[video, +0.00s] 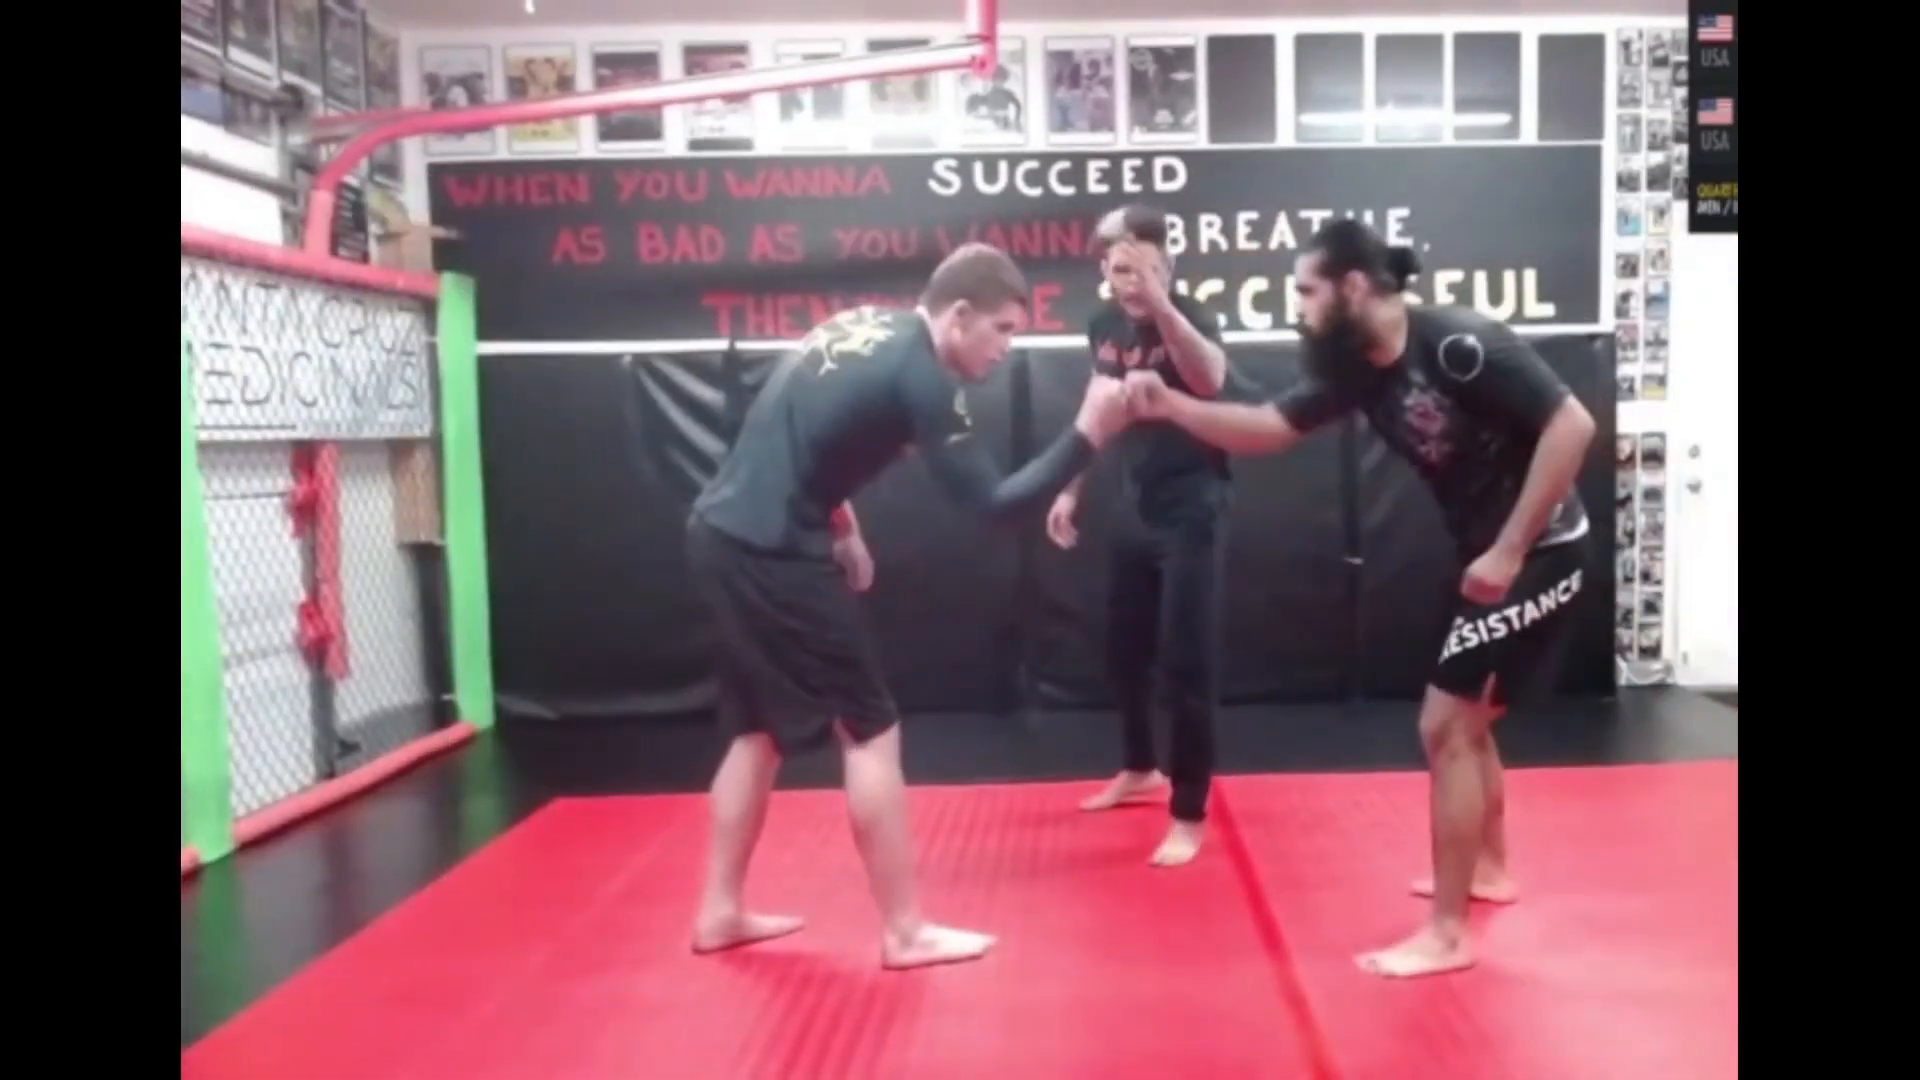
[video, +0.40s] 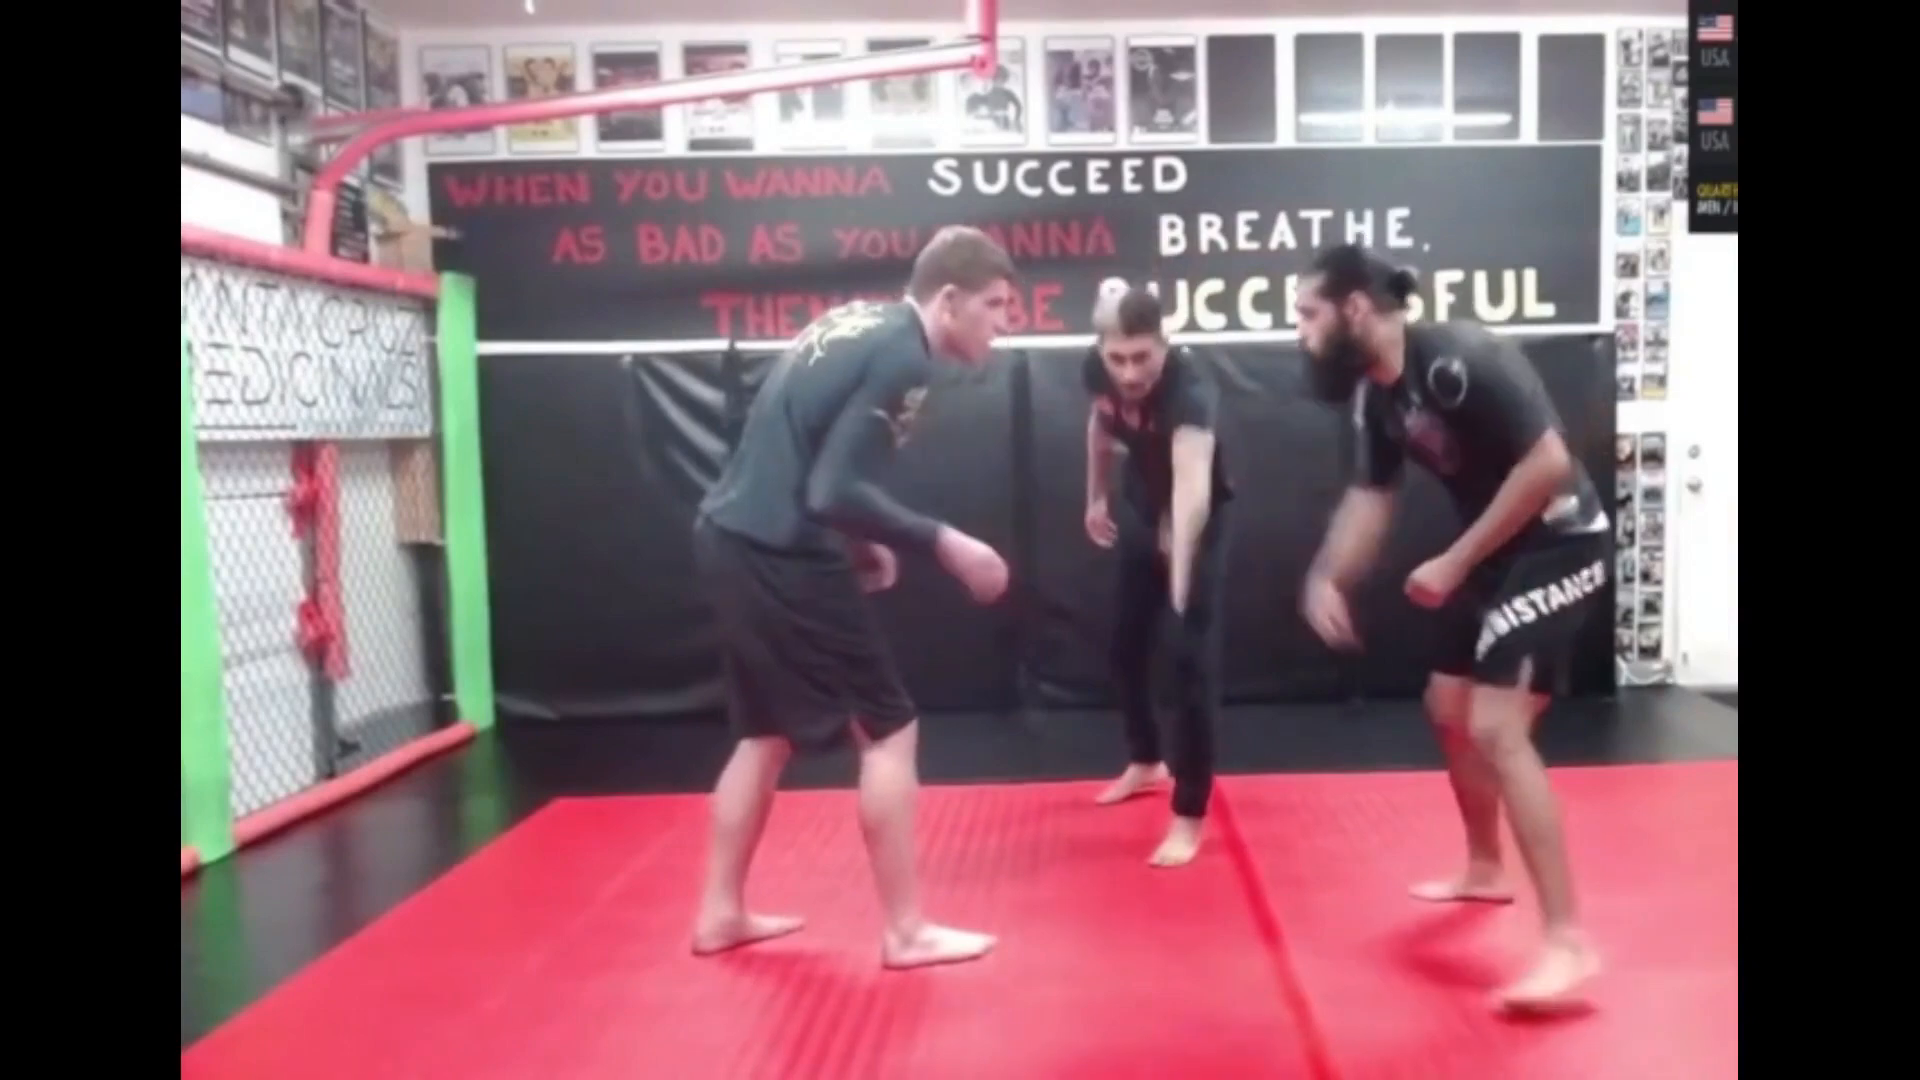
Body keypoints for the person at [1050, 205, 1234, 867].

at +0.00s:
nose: (1127, 281)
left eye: (1138, 269)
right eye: (1116, 269)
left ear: (1165, 267)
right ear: (1104, 273)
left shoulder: (1191, 322)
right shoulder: (1107, 328)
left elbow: (1212, 380)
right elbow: (1097, 415)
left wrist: (1162, 311)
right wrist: (1071, 490)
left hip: (1193, 505)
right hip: (1134, 503)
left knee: (1185, 657)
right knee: (1126, 642)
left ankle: (1189, 814)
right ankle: (1139, 766)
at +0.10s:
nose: (1128, 297)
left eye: (1139, 283)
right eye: (1117, 285)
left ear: (1164, 276)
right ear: (1103, 284)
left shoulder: (1195, 329)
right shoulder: (1105, 330)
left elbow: (1212, 394)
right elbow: (1098, 411)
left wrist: (1167, 315)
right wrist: (1074, 482)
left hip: (1195, 505)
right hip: (1136, 503)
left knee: (1187, 658)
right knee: (1128, 641)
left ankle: (1189, 815)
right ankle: (1139, 764)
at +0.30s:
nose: (1131, 364)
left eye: (1143, 350)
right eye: (1118, 351)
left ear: (1165, 336)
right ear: (1102, 341)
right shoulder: (1099, 364)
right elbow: (1102, 415)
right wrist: (1094, 490)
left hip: (1198, 504)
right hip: (1142, 498)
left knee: (1188, 646)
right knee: (1131, 632)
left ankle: (1190, 812)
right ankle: (1143, 760)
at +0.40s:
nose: (1130, 372)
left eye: (1141, 357)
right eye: (1117, 359)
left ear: (1163, 343)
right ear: (1101, 349)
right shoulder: (1099, 370)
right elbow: (1102, 423)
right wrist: (1096, 496)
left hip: (1199, 509)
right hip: (1144, 504)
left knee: (1189, 647)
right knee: (1130, 634)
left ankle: (1190, 813)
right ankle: (1145, 760)